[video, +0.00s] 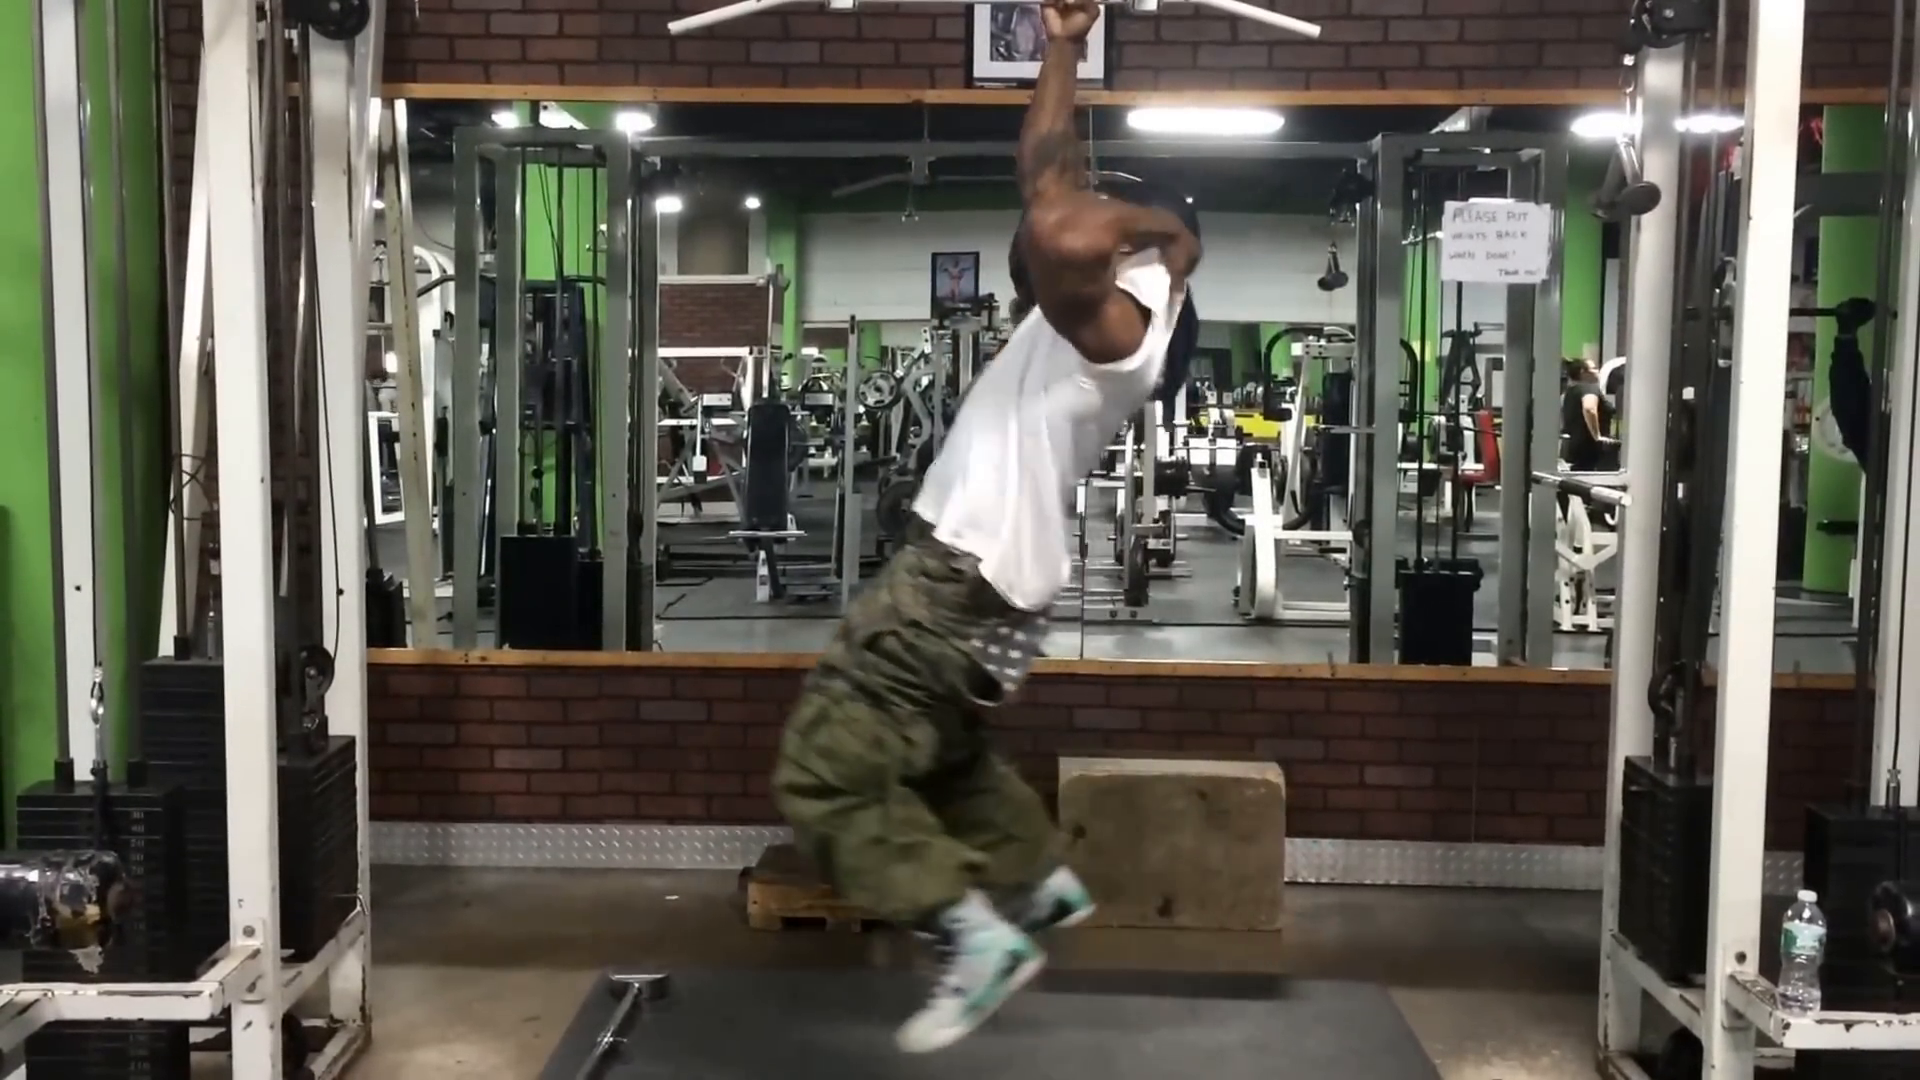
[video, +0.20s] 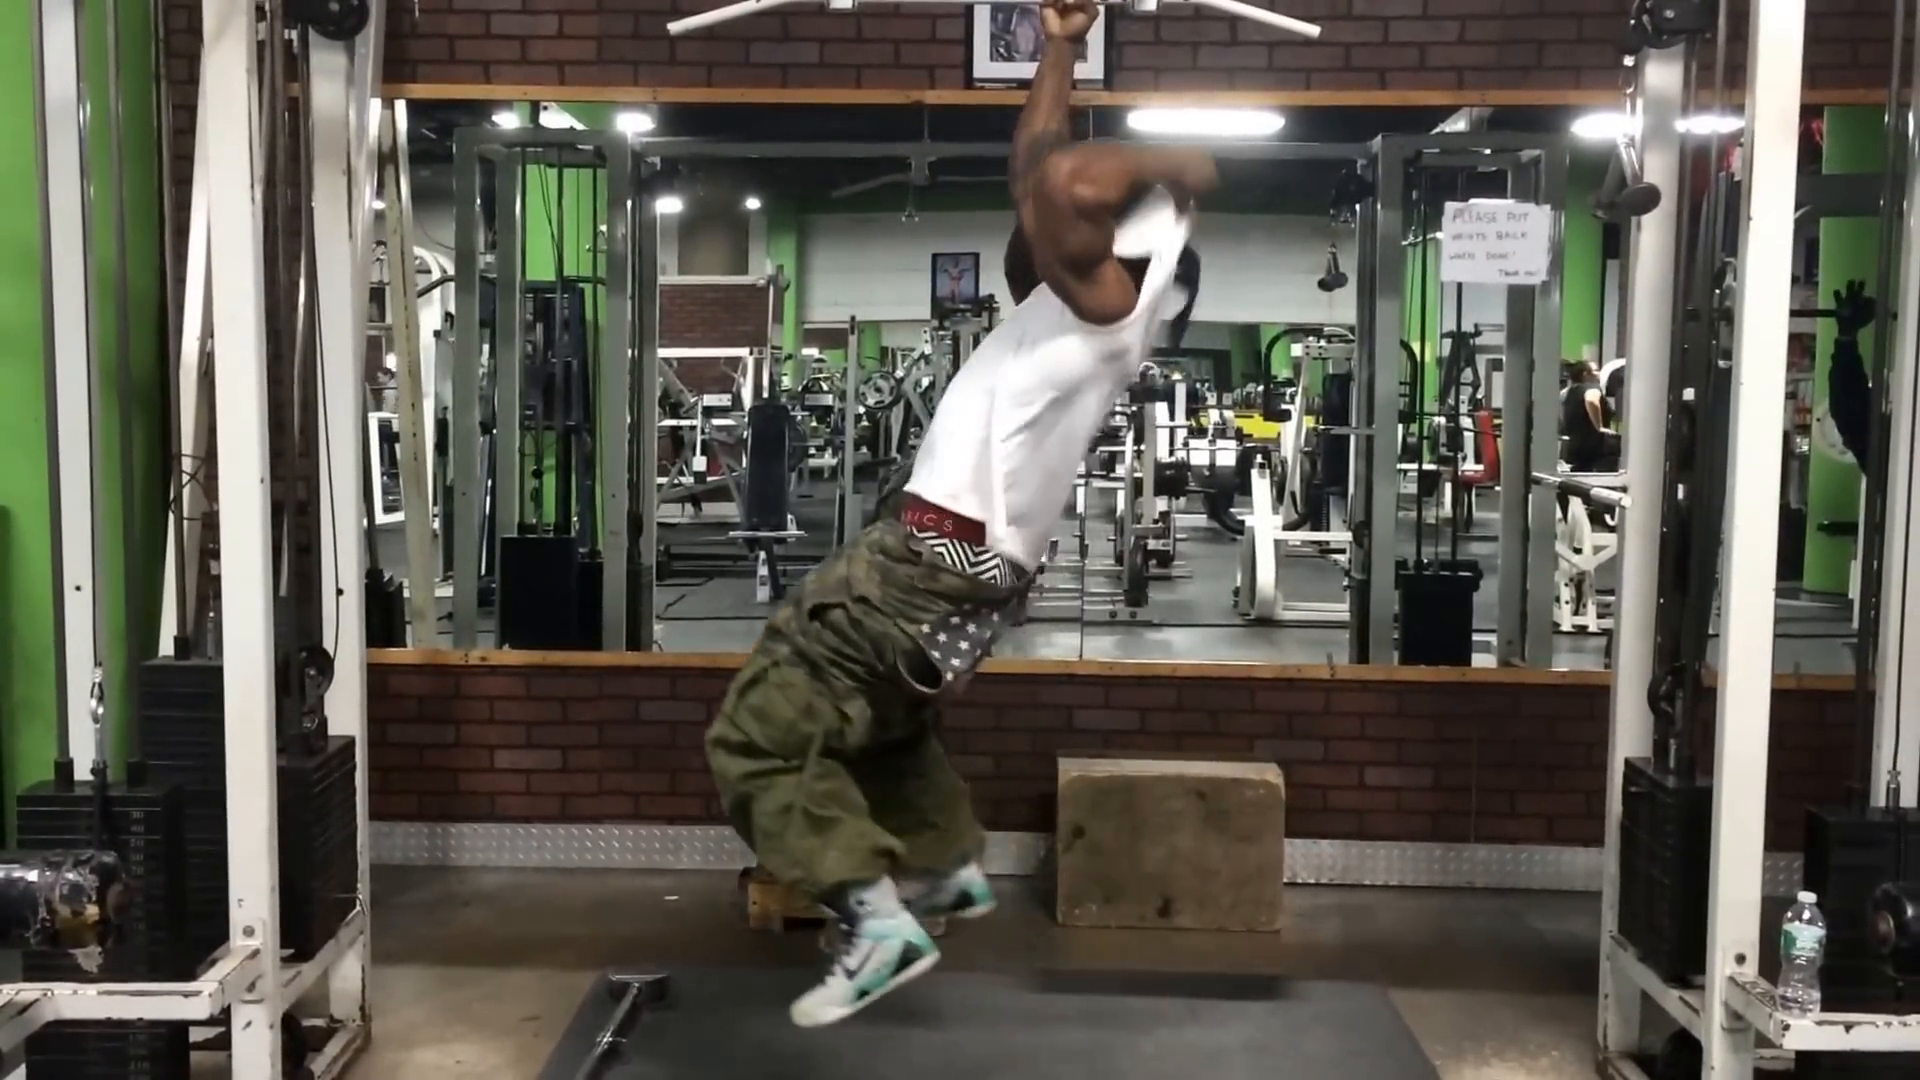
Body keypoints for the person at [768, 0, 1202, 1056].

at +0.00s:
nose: (1078, 244)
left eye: (1098, 231)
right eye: (1090, 229)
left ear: (1135, 255)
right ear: (1123, 247)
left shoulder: (1124, 335)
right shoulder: (1102, 318)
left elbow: (1053, 239)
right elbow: (1046, 176)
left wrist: (1161, 228)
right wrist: (1064, 44)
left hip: (963, 571)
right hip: (997, 581)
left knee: (827, 768)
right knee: (934, 741)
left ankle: (976, 939)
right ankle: (1035, 881)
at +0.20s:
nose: (1079, 203)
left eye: (1090, 191)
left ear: (1117, 212)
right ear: (1166, 237)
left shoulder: (1119, 299)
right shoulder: (1087, 298)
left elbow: (1064, 181)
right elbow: (1034, 175)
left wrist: (1178, 167)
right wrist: (1059, 50)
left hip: (933, 556)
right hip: (974, 568)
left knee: (759, 734)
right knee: (879, 715)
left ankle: (874, 924)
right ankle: (946, 870)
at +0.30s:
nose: (1067, 199)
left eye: (1083, 185)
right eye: (1070, 179)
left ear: (1113, 207)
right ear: (1141, 223)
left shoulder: (1100, 290)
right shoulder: (1105, 310)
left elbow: (1039, 171)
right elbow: (1047, 181)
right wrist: (1065, 64)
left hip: (933, 551)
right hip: (982, 559)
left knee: (749, 715)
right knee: (845, 684)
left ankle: (859, 913)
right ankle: (913, 851)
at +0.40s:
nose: (1050, 218)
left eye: (1060, 189)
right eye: (1060, 180)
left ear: (1088, 200)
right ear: (1130, 223)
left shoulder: (1108, 288)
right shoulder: (1093, 296)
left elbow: (993, 189)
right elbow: (1016, 213)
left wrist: (1068, 120)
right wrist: (1055, 61)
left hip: (951, 546)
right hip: (974, 544)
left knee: (759, 699)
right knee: (835, 666)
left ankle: (867, 894)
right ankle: (883, 848)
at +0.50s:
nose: (1066, 201)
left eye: (1076, 189)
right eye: (1073, 190)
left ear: (1117, 225)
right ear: (1139, 232)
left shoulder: (1110, 309)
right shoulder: (1097, 294)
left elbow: (979, 216)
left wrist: (1062, 128)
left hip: (977, 549)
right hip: (949, 519)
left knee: (782, 693)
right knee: (792, 599)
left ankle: (899, 876)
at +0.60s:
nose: (1086, 220)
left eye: (1097, 210)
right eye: (1095, 206)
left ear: (1118, 227)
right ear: (1144, 232)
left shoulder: (1156, 301)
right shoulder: (1101, 281)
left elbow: (1017, 212)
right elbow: (1035, 184)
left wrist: (1146, 153)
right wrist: (1056, 53)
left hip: (990, 558)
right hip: (950, 514)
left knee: (814, 721)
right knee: (800, 590)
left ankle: (946, 875)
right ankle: (843, 780)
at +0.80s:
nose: (1116, 202)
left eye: (1137, 194)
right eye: (1118, 188)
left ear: (1181, 228)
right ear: (1132, 217)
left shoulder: (1196, 316)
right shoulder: (1101, 282)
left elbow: (1152, 202)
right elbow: (1045, 187)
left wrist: (1199, 221)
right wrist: (1057, 48)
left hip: (1027, 575)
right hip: (969, 518)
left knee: (910, 752)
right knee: (839, 603)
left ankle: (1068, 872)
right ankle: (861, 735)